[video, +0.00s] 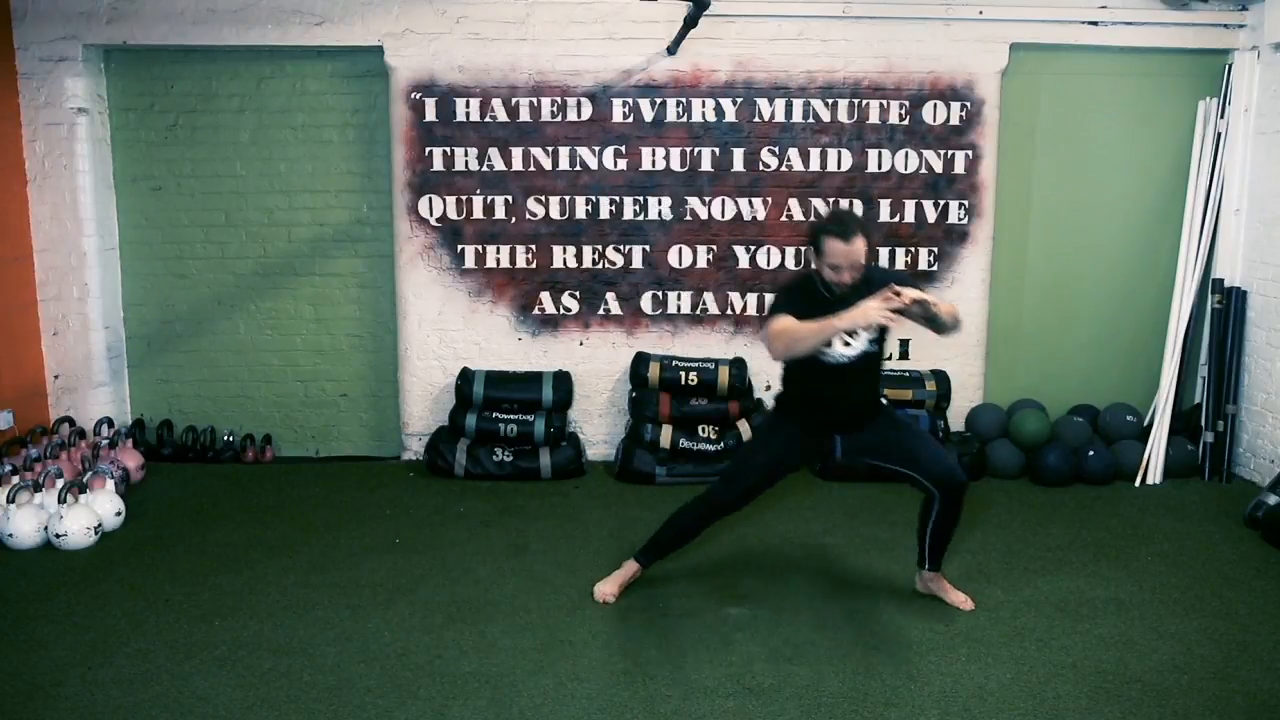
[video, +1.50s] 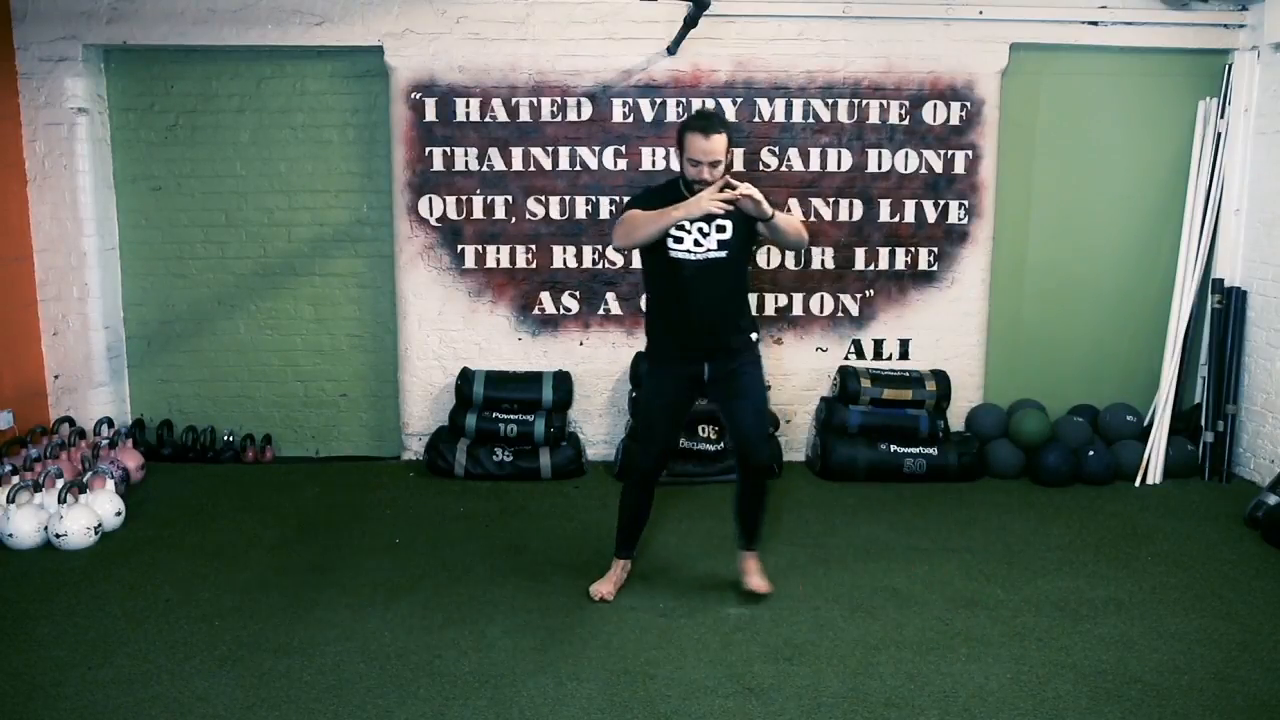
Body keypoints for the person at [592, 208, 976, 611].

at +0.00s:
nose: (845, 276)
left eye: (853, 267)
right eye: (835, 267)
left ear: (867, 256)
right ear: (815, 258)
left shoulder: (883, 285)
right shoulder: (798, 290)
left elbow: (950, 323)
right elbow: (779, 343)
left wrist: (925, 309)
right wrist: (853, 317)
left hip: (867, 421)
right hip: (798, 423)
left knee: (948, 479)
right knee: (726, 495)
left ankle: (929, 573)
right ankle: (634, 566)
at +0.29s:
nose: (920, 371)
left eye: (928, 364)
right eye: (912, 362)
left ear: (941, 352)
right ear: (891, 345)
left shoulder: (948, 367)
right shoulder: (862, 366)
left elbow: (1017, 416)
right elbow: (844, 421)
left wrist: (1002, 402)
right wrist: (921, 410)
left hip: (901, 469)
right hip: (837, 469)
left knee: (983, 494)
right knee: (747, 522)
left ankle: (930, 575)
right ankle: (636, 570)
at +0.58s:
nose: (933, 410)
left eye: (943, 402)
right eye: (925, 400)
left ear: (959, 389)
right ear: (909, 382)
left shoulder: (971, 410)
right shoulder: (883, 399)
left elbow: (1034, 462)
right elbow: (859, 457)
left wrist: (1014, 451)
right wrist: (930, 455)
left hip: (912, 496)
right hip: (852, 493)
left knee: (990, 500)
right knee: (756, 537)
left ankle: (931, 574)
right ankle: (643, 572)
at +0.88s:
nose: (904, 337)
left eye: (913, 328)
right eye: (896, 327)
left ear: (926, 318)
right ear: (876, 313)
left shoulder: (937, 343)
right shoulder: (855, 338)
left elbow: (998, 389)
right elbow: (821, 385)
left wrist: (972, 373)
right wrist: (896, 382)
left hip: (893, 450)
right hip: (828, 447)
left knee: (965, 489)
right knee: (740, 509)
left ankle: (929, 575)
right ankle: (641, 568)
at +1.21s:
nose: (793, 223)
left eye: (802, 214)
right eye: (782, 214)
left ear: (816, 205)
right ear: (766, 207)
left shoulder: (833, 249)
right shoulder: (745, 243)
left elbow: (890, 281)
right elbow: (710, 273)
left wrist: (855, 252)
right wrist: (780, 252)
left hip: (814, 396)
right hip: (747, 394)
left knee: (880, 473)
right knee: (684, 476)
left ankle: (925, 571)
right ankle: (625, 565)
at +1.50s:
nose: (703, 173)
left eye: (714, 164)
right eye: (695, 163)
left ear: (728, 158)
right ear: (680, 155)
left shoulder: (742, 200)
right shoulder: (656, 197)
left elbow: (799, 239)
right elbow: (623, 235)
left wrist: (766, 213)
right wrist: (691, 207)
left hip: (733, 352)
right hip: (669, 352)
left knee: (756, 449)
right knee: (644, 454)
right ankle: (622, 560)